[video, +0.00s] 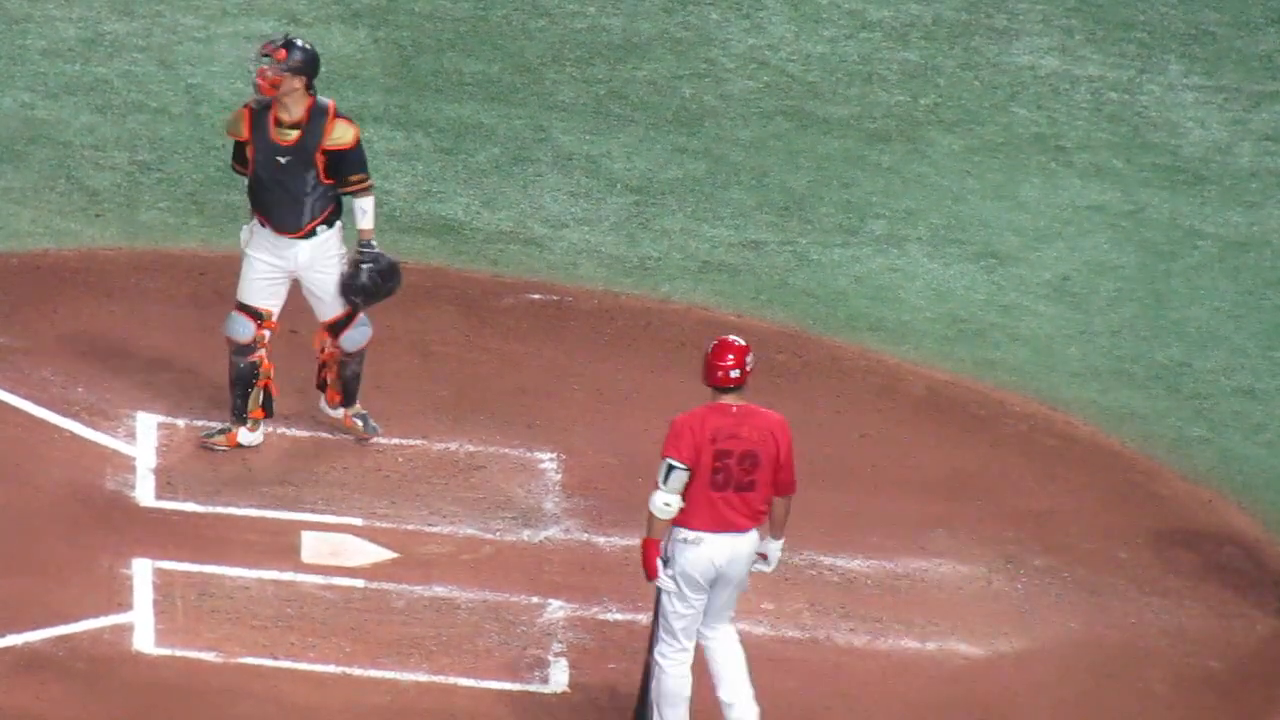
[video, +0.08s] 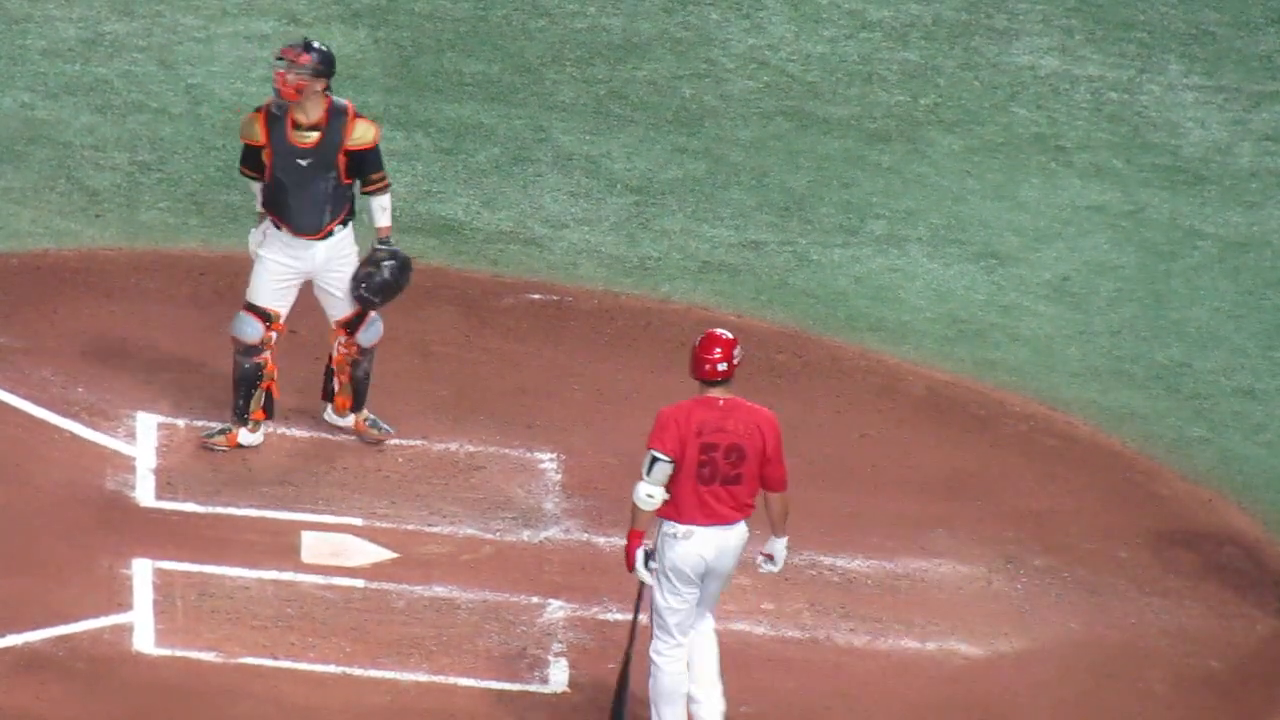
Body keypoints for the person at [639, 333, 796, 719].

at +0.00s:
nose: (727, 376)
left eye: (716, 370)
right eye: (735, 370)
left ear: (708, 375)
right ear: (747, 375)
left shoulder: (691, 423)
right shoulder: (774, 425)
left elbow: (667, 494)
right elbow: (782, 494)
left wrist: (651, 543)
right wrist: (774, 541)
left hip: (694, 545)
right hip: (743, 546)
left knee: (675, 645)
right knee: (719, 627)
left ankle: (671, 716)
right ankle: (744, 713)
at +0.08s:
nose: (717, 369)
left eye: (703, 363)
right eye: (725, 363)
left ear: (694, 367)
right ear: (734, 367)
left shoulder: (676, 417)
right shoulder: (763, 421)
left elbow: (651, 488)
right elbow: (776, 489)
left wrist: (635, 540)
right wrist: (779, 539)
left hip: (683, 541)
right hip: (731, 541)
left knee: (669, 640)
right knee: (701, 619)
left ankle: (667, 714)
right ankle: (710, 710)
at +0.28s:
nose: (702, 357)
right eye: (705, 352)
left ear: (668, 358)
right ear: (707, 358)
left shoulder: (645, 406)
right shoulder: (732, 409)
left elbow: (617, 477)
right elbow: (752, 480)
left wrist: (600, 530)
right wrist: (765, 523)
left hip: (657, 532)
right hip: (704, 533)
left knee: (658, 637)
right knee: (651, 624)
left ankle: (667, 715)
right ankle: (609, 702)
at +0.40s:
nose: (696, 352)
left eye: (692, 347)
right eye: (697, 348)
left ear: (657, 352)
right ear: (696, 353)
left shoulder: (631, 398)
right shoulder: (716, 406)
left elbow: (603, 469)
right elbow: (736, 478)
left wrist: (586, 521)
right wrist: (757, 496)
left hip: (636, 522)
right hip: (685, 524)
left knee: (636, 629)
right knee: (637, 623)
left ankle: (661, 716)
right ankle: (597, 710)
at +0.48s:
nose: (690, 348)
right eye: (692, 344)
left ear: (652, 346)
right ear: (691, 349)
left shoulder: (625, 390)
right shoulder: (707, 402)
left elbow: (595, 460)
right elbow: (727, 468)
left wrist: (576, 511)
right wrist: (749, 466)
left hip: (627, 515)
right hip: (676, 517)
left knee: (607, 618)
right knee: (636, 619)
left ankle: (653, 714)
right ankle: (595, 709)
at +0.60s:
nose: (685, 342)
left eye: (681, 335)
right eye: (685, 337)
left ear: (643, 336)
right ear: (680, 341)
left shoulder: (614, 378)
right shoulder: (697, 394)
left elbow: (581, 445)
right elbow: (714, 453)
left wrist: (559, 496)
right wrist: (726, 422)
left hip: (614, 504)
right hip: (663, 507)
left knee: (574, 593)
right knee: (627, 606)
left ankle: (611, 686)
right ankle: (596, 703)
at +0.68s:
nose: (680, 336)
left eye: (676, 329)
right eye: (678, 331)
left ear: (635, 330)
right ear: (672, 335)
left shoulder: (606, 370)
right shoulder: (688, 387)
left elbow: (572, 438)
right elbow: (705, 444)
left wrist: (550, 490)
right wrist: (707, 393)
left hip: (604, 497)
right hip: (654, 502)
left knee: (565, 585)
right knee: (623, 604)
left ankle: (574, 689)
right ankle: (600, 706)